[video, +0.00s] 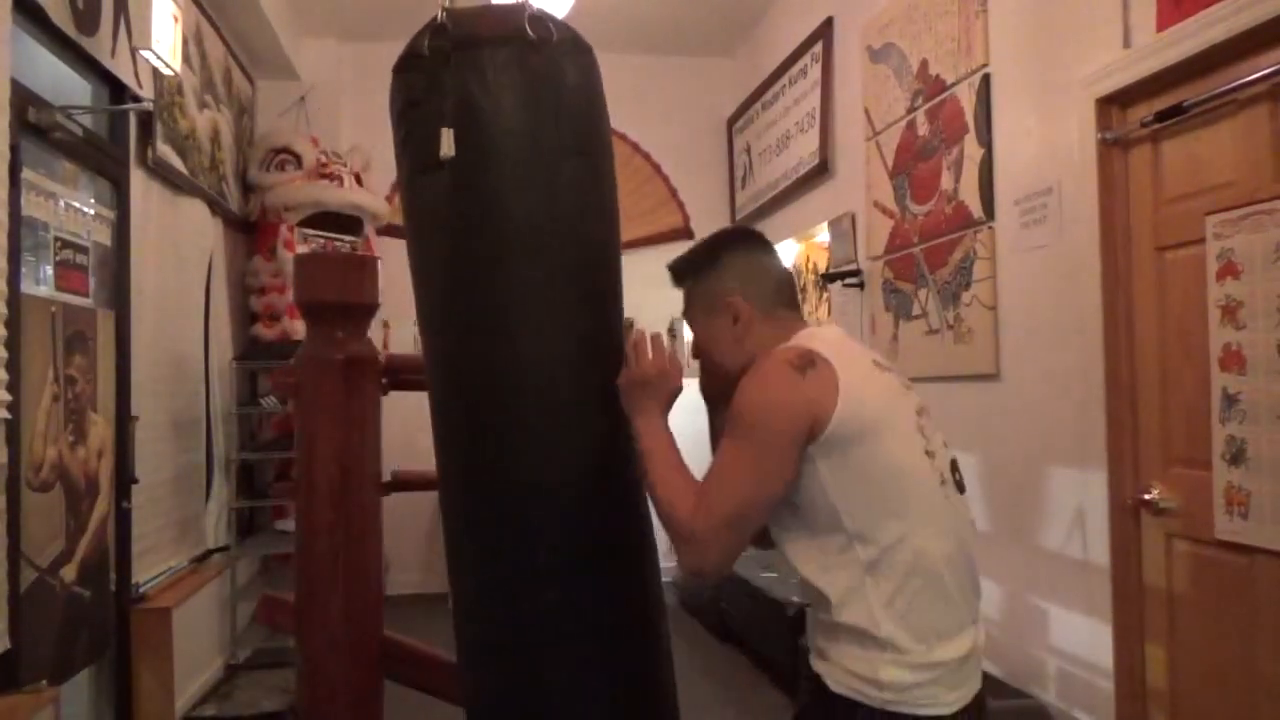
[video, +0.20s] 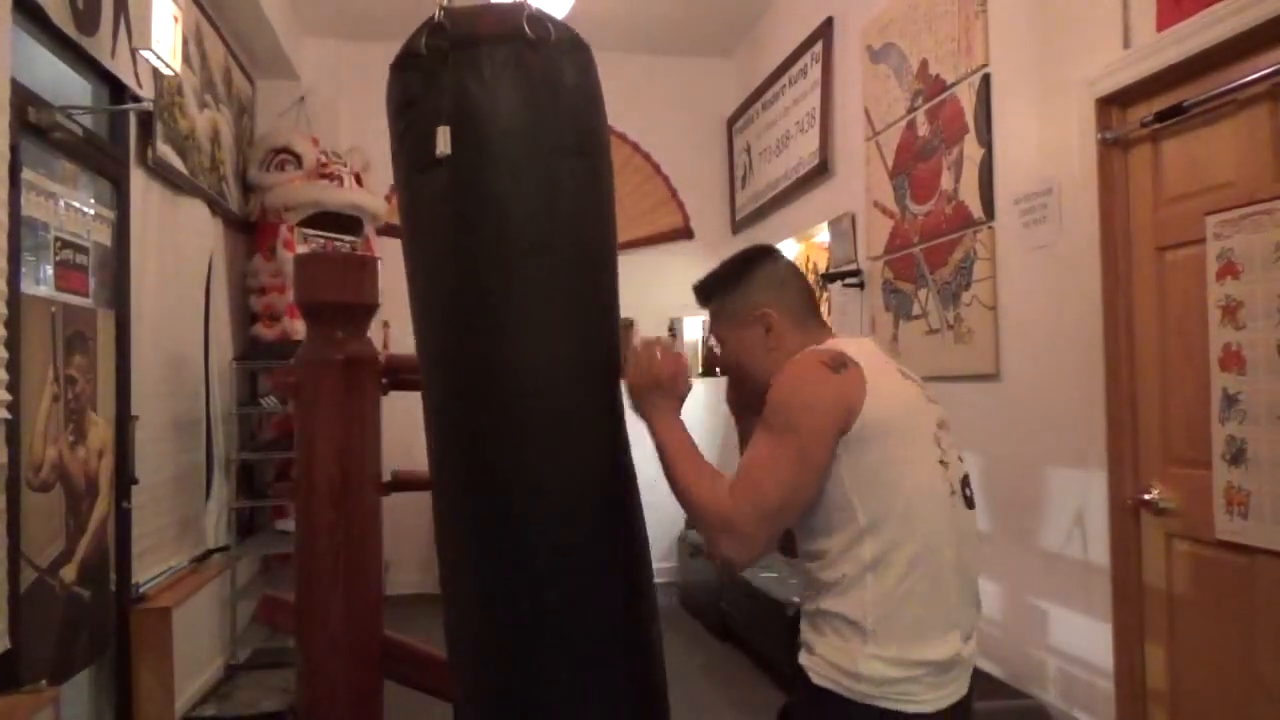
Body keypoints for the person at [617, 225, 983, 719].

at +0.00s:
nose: (695, 347)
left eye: (696, 328)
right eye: (692, 330)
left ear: (737, 316)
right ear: (741, 316)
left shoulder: (786, 376)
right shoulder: (836, 353)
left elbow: (704, 549)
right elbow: (757, 528)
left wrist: (647, 418)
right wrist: (716, 402)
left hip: (884, 695)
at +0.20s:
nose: (723, 360)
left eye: (722, 341)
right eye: (718, 344)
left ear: (767, 326)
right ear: (773, 326)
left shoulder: (817, 376)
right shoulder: (874, 364)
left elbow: (737, 538)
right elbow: (789, 532)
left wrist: (662, 413)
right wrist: (747, 409)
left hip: (867, 696)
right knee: (709, 597)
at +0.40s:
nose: (740, 368)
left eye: (740, 349)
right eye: (735, 355)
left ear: (773, 314)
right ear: (819, 310)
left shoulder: (791, 357)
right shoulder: (899, 361)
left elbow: (690, 498)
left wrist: (680, 378)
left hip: (843, 688)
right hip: (939, 681)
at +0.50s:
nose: (721, 364)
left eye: (721, 345)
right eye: (714, 350)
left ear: (758, 323)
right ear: (806, 315)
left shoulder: (765, 366)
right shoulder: (890, 367)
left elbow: (663, 508)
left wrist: (662, 387)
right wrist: (730, 370)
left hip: (825, 697)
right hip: (932, 686)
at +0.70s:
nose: (632, 322)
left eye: (637, 295)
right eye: (632, 299)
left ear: (691, 283)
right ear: (691, 285)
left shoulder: (814, 389)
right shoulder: (712, 401)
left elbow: (824, 595)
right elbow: (662, 429)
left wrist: (659, 508)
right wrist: (555, 409)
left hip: (813, 705)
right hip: (738, 693)